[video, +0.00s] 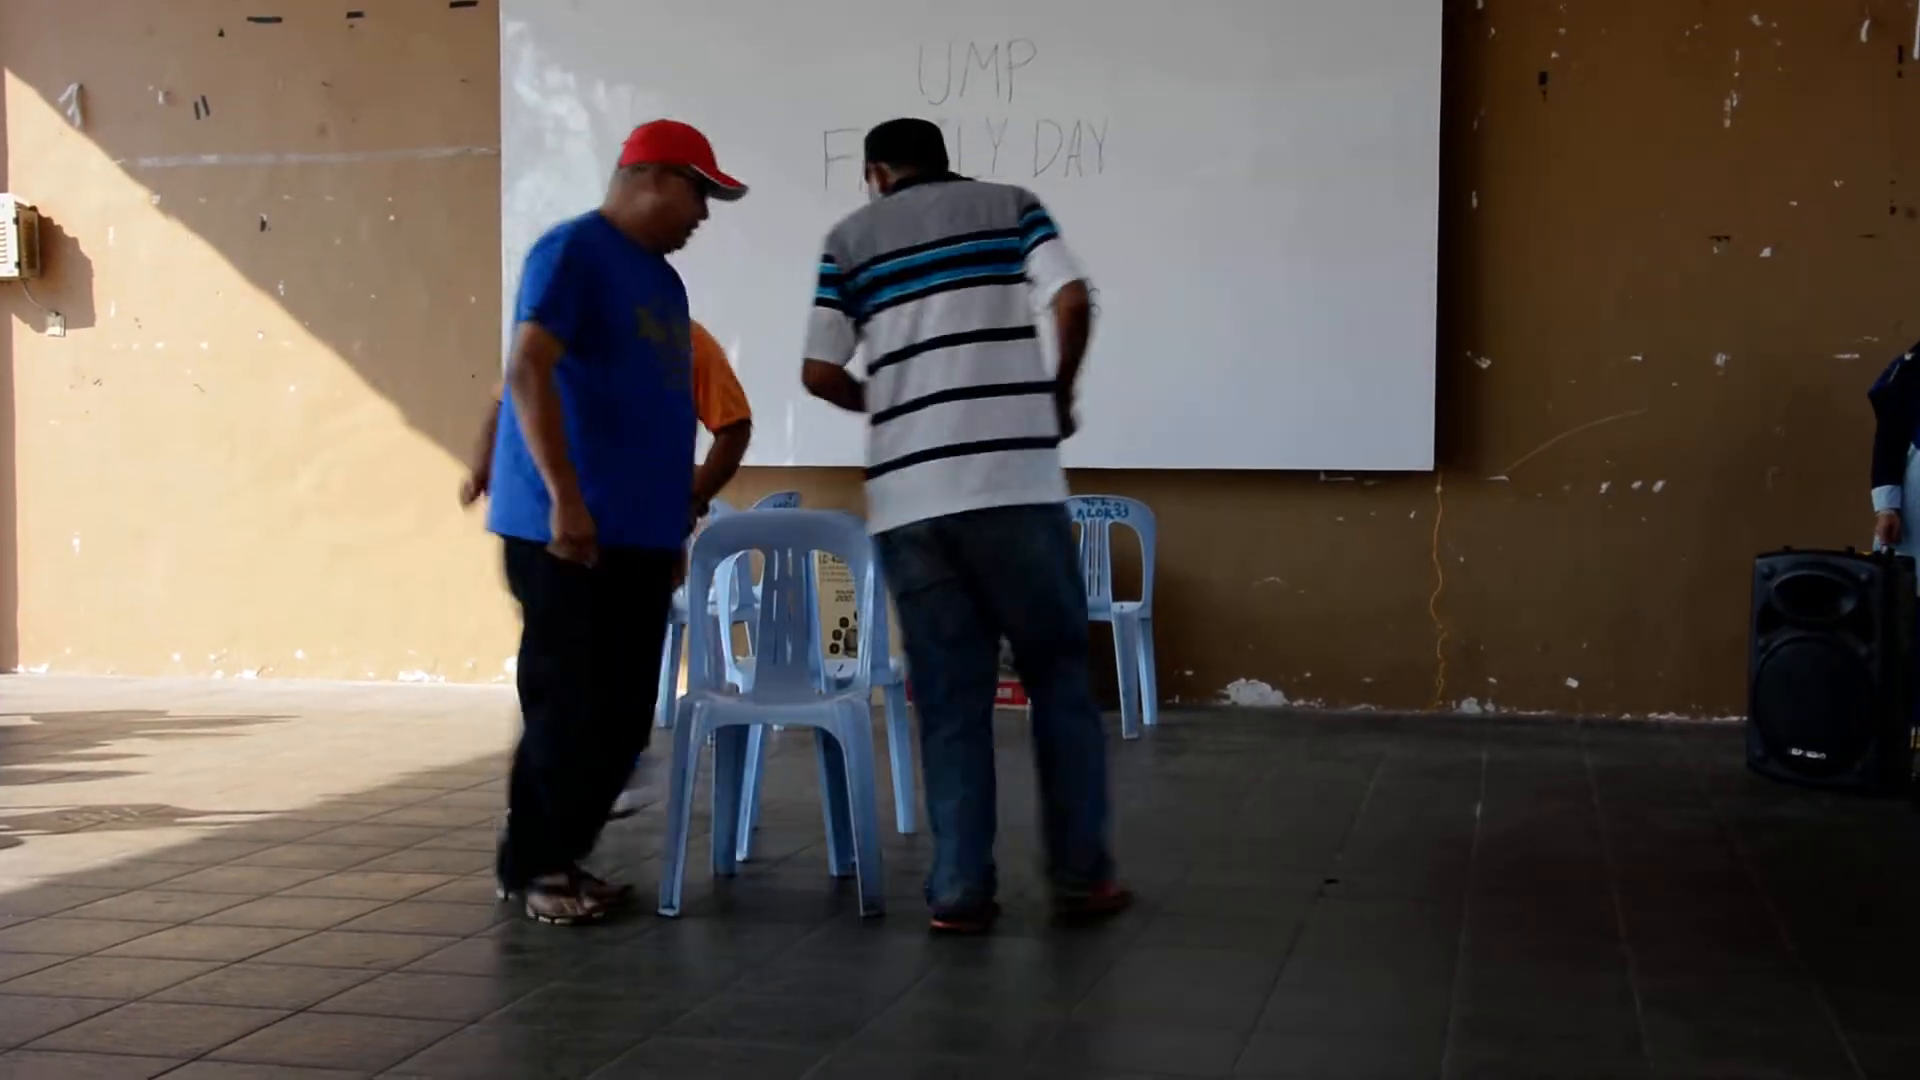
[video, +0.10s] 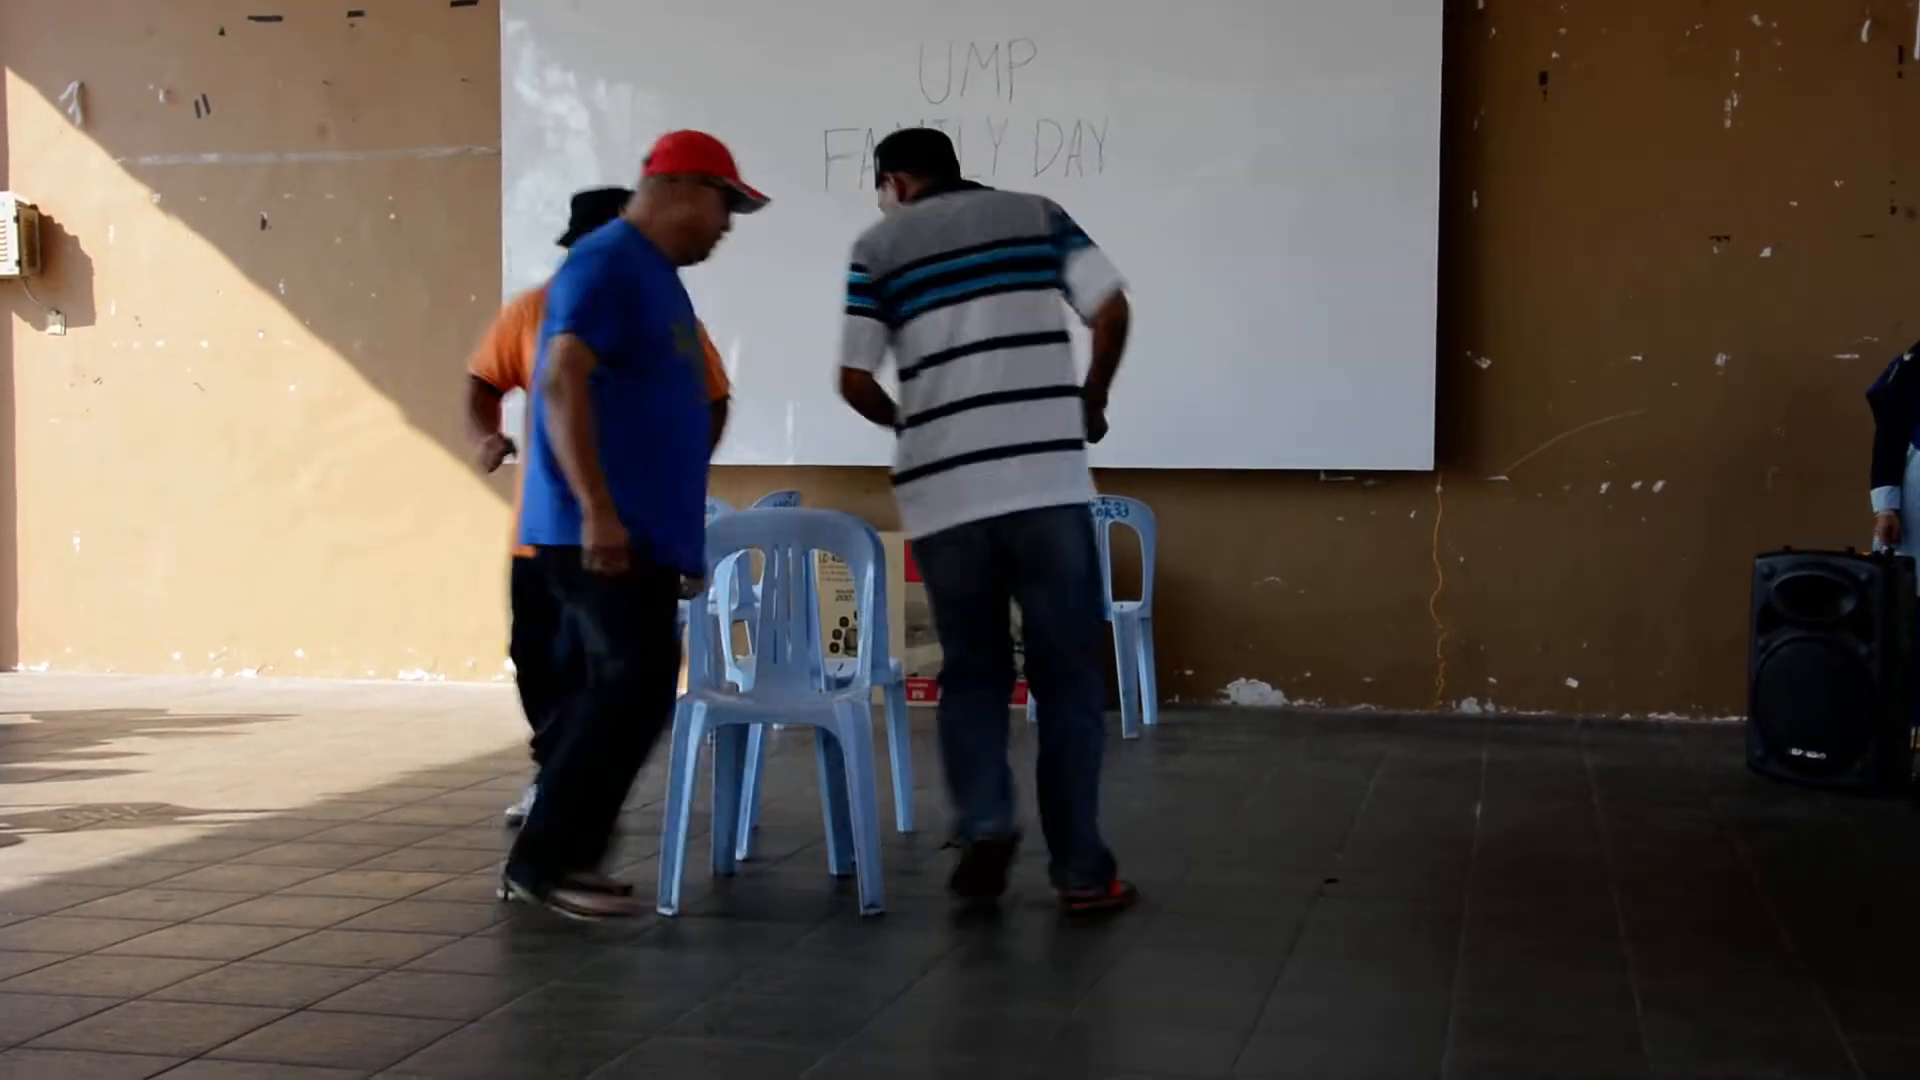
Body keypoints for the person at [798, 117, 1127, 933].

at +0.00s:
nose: (864, 191)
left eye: (864, 180)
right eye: (868, 181)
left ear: (877, 176)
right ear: (944, 164)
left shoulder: (849, 237)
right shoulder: (1010, 202)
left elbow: (819, 372)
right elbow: (1072, 298)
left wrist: (890, 404)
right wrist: (1062, 390)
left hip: (910, 503)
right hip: (1014, 489)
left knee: (948, 701)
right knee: (1060, 675)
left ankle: (959, 893)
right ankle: (1081, 875)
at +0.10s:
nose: (881, 204)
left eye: (879, 193)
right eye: (881, 194)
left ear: (896, 182)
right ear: (954, 171)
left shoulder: (878, 246)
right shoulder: (1037, 211)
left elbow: (853, 382)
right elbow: (1111, 308)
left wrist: (911, 424)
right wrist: (1094, 396)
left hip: (946, 504)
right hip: (1049, 488)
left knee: (970, 671)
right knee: (1070, 675)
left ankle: (985, 832)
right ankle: (1082, 874)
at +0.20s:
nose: (883, 217)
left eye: (881, 206)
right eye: (879, 207)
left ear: (901, 188)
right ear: (955, 177)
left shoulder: (898, 246)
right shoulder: (1047, 217)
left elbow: (883, 369)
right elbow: (1118, 322)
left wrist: (908, 441)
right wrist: (1058, 388)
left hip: (959, 496)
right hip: (1062, 482)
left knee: (981, 675)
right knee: (1075, 669)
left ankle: (1027, 848)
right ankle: (1080, 850)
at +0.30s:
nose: (876, 225)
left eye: (874, 212)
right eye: (872, 216)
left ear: (899, 194)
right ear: (942, 183)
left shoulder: (903, 247)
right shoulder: (1041, 221)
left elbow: (901, 354)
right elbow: (1113, 316)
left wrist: (904, 435)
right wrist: (1046, 366)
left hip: (967, 500)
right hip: (1061, 483)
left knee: (992, 682)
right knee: (1076, 654)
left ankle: (1041, 848)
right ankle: (1086, 782)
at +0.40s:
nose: (869, 241)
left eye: (865, 225)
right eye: (863, 229)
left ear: (890, 202)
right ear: (924, 193)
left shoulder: (908, 255)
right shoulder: (1028, 226)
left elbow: (910, 380)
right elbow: (1108, 314)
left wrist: (887, 454)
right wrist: (1052, 385)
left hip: (975, 497)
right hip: (1061, 483)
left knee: (980, 676)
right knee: (1062, 645)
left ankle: (1040, 846)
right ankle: (1086, 785)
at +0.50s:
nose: (867, 241)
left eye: (864, 225)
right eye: (861, 228)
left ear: (888, 206)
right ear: (920, 194)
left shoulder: (907, 259)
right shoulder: (1018, 224)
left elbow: (910, 378)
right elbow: (1102, 288)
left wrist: (876, 425)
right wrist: (1056, 365)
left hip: (978, 493)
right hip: (1054, 475)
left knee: (987, 661)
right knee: (1039, 646)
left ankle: (1040, 840)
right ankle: (1060, 819)